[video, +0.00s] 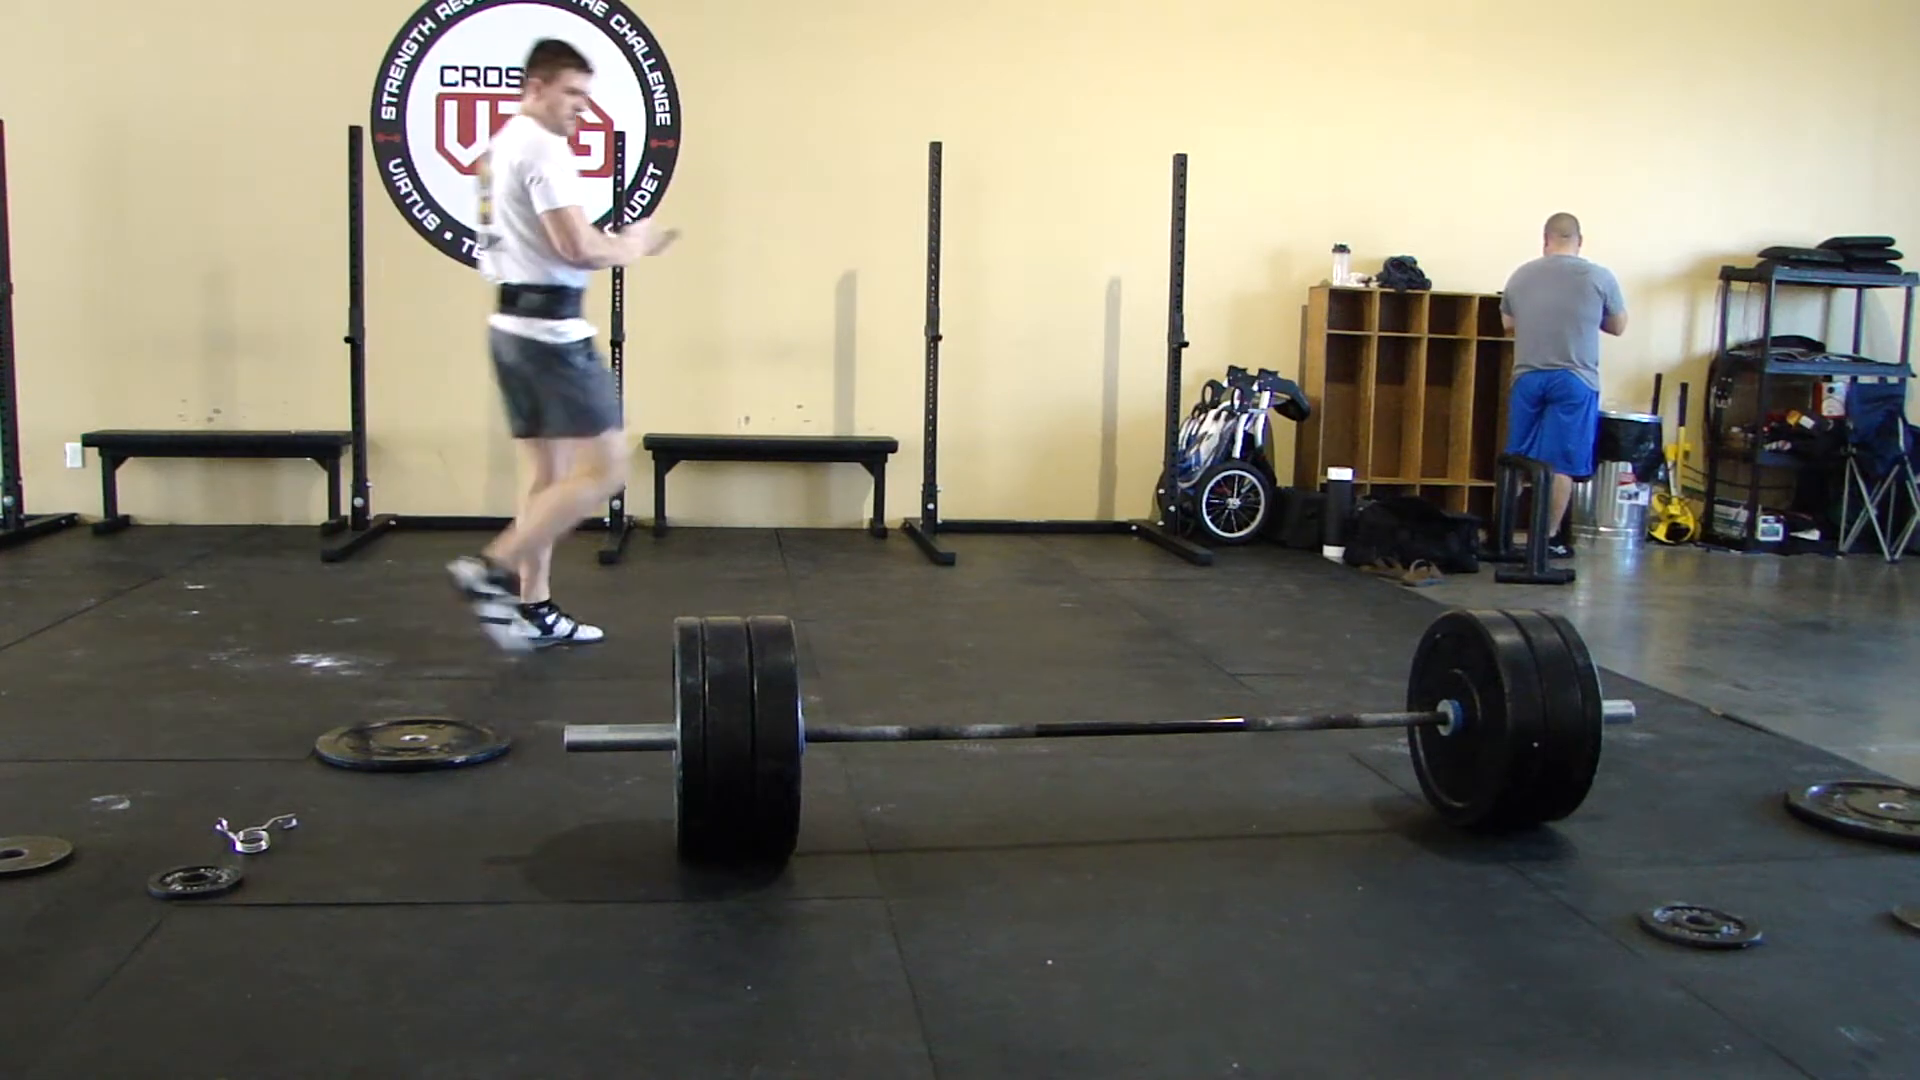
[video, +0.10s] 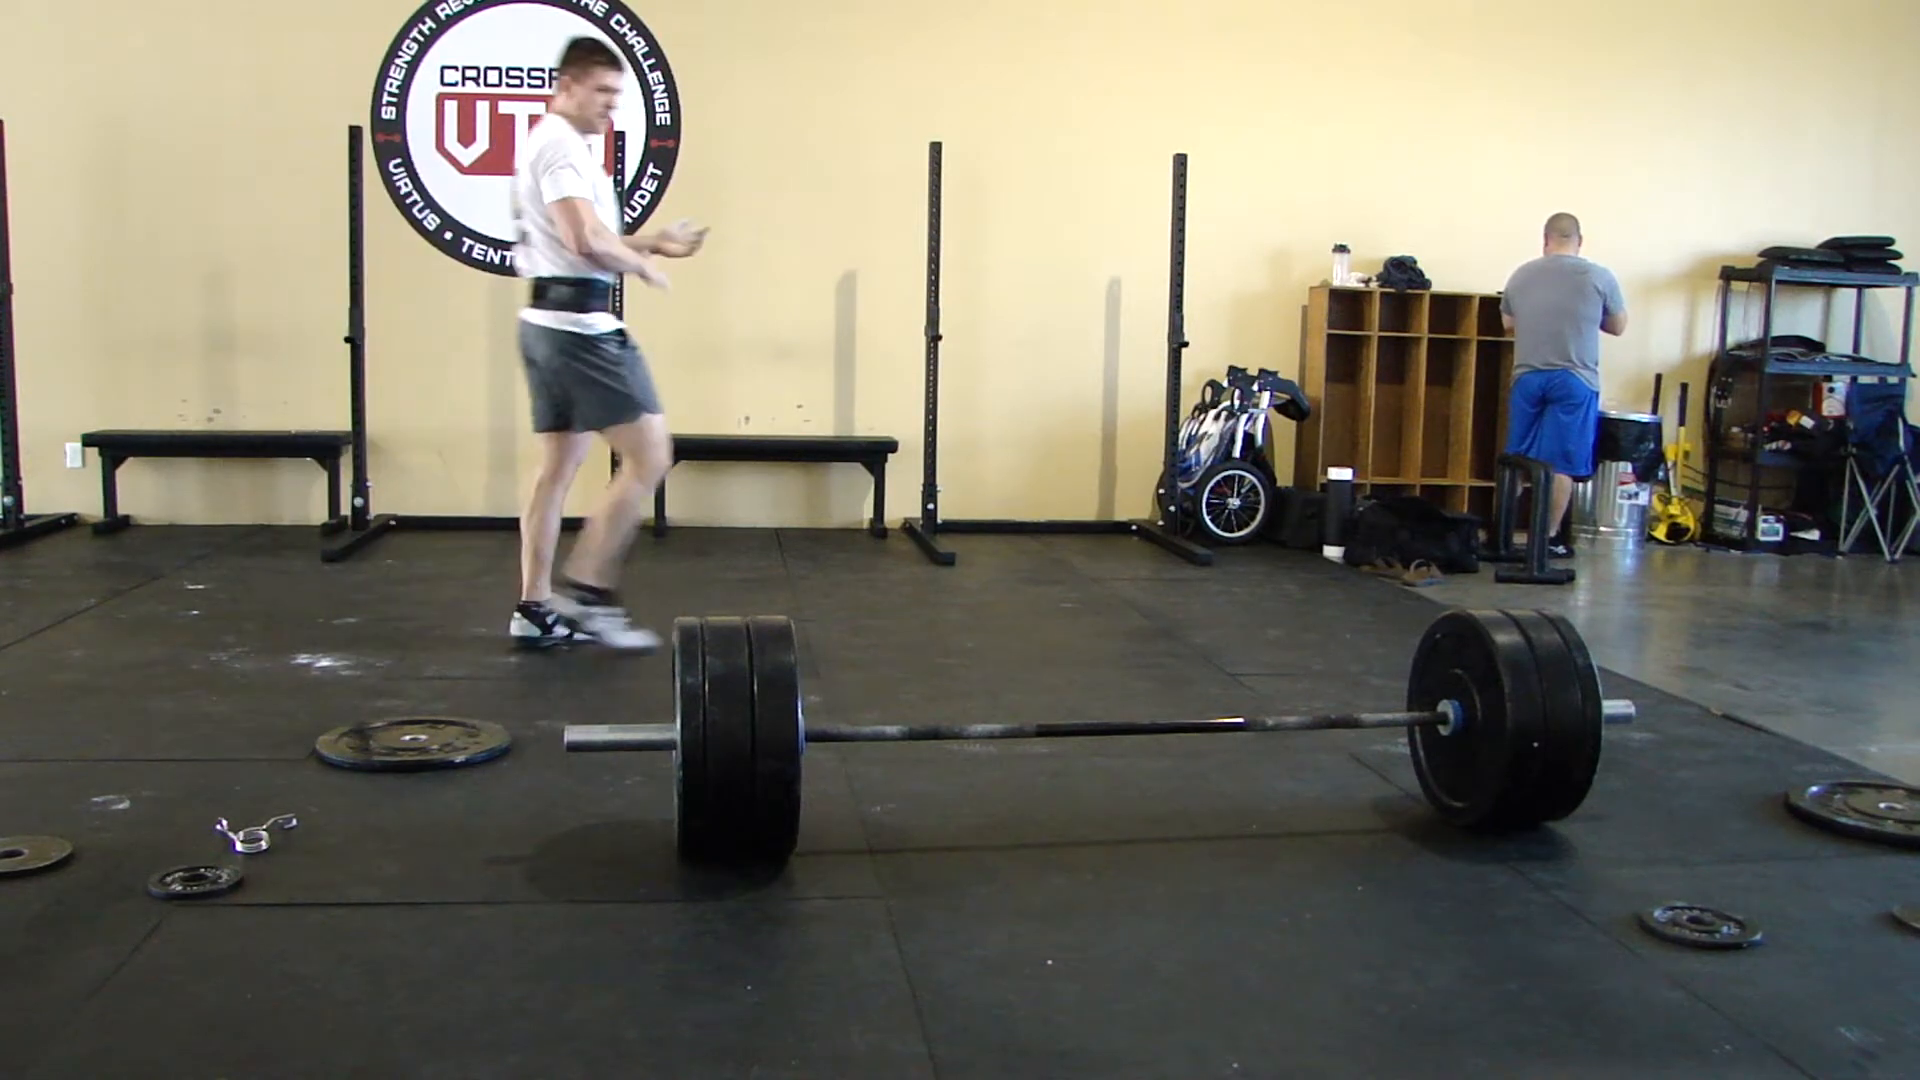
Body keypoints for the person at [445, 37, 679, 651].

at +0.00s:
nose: (581, 109)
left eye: (584, 98)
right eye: (573, 95)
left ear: (536, 93)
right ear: (536, 87)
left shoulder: (509, 140)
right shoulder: (539, 148)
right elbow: (579, 247)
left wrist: (605, 239)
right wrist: (636, 246)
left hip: (515, 328)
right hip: (553, 333)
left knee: (546, 470)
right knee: (606, 472)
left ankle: (534, 608)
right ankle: (493, 566)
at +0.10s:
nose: (612, 105)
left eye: (616, 95)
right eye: (604, 92)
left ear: (583, 93)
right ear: (565, 86)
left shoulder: (559, 144)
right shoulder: (561, 143)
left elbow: (587, 242)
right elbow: (583, 238)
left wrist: (653, 241)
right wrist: (643, 264)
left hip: (547, 324)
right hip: (583, 328)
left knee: (558, 461)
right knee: (650, 456)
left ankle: (535, 606)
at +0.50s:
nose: (748, 117)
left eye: (755, 107)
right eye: (737, 105)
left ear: (758, 109)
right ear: (706, 104)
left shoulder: (724, 169)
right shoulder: (697, 165)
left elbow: (720, 256)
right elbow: (664, 257)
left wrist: (776, 264)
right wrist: (645, 348)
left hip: (707, 339)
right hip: (727, 341)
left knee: (698, 465)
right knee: (772, 473)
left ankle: (597, 563)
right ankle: (777, 613)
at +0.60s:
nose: (776, 110)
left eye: (784, 100)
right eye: (765, 98)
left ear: (789, 104)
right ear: (736, 99)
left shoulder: (761, 167)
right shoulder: (723, 162)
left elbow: (756, 254)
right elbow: (698, 254)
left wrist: (805, 262)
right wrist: (703, 346)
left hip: (769, 328)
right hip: (747, 330)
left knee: (769, 460)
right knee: (777, 469)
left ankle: (670, 545)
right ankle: (777, 613)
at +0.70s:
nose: (800, 108)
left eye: (808, 97)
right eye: (788, 97)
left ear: (814, 100)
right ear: (760, 96)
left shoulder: (792, 166)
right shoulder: (745, 158)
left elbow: (785, 257)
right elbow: (718, 250)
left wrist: (833, 262)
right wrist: (768, 328)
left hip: (799, 330)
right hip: (765, 331)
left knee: (830, 441)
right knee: (779, 472)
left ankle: (744, 556)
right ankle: (778, 613)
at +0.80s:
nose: (822, 108)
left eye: (830, 97)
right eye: (810, 97)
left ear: (836, 101)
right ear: (782, 98)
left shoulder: (824, 165)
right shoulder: (760, 161)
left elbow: (818, 251)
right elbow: (734, 247)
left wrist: (861, 263)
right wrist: (802, 295)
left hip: (831, 336)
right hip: (787, 341)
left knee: (865, 447)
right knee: (791, 470)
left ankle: (830, 583)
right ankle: (775, 613)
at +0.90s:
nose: (842, 110)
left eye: (850, 100)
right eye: (831, 99)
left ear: (858, 103)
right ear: (803, 100)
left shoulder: (859, 167)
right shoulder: (776, 164)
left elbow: (864, 248)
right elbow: (739, 242)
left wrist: (890, 266)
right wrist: (804, 278)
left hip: (861, 339)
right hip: (808, 342)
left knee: (896, 454)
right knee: (805, 474)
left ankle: (899, 588)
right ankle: (778, 611)